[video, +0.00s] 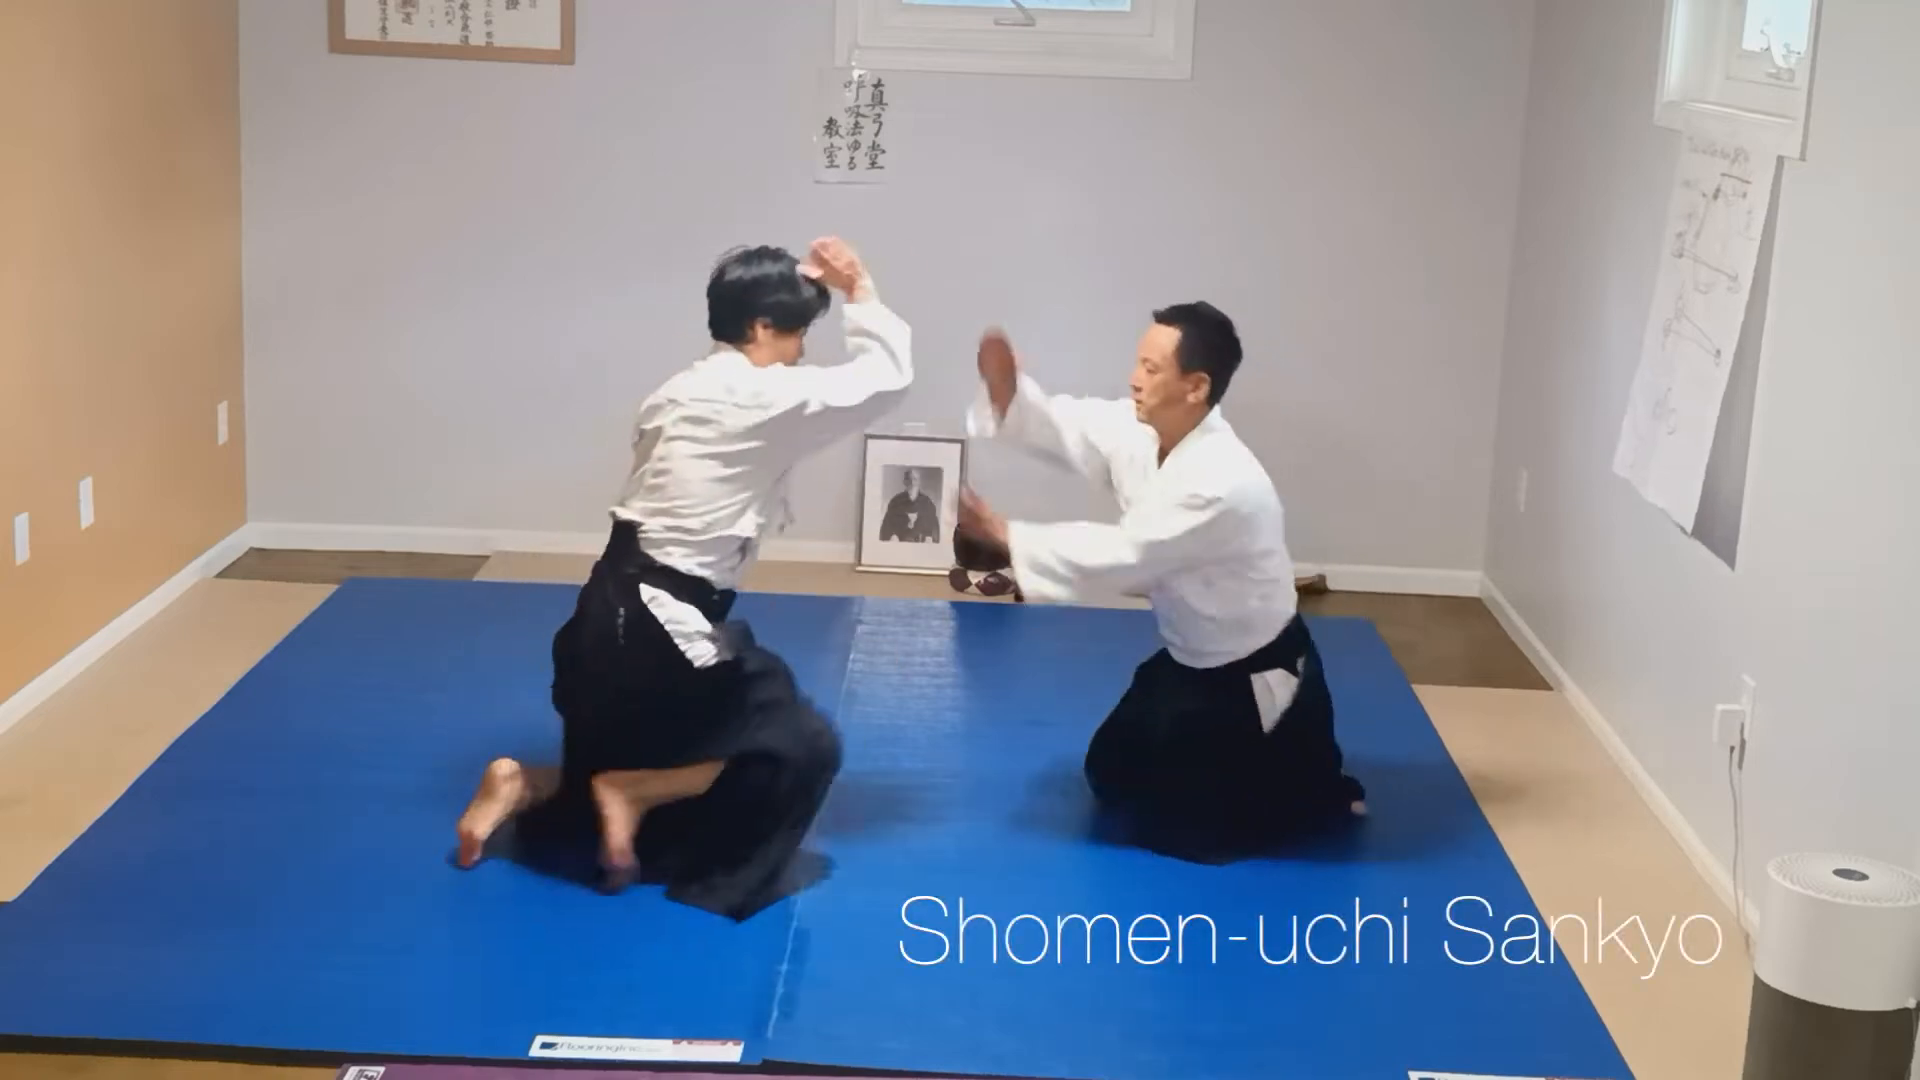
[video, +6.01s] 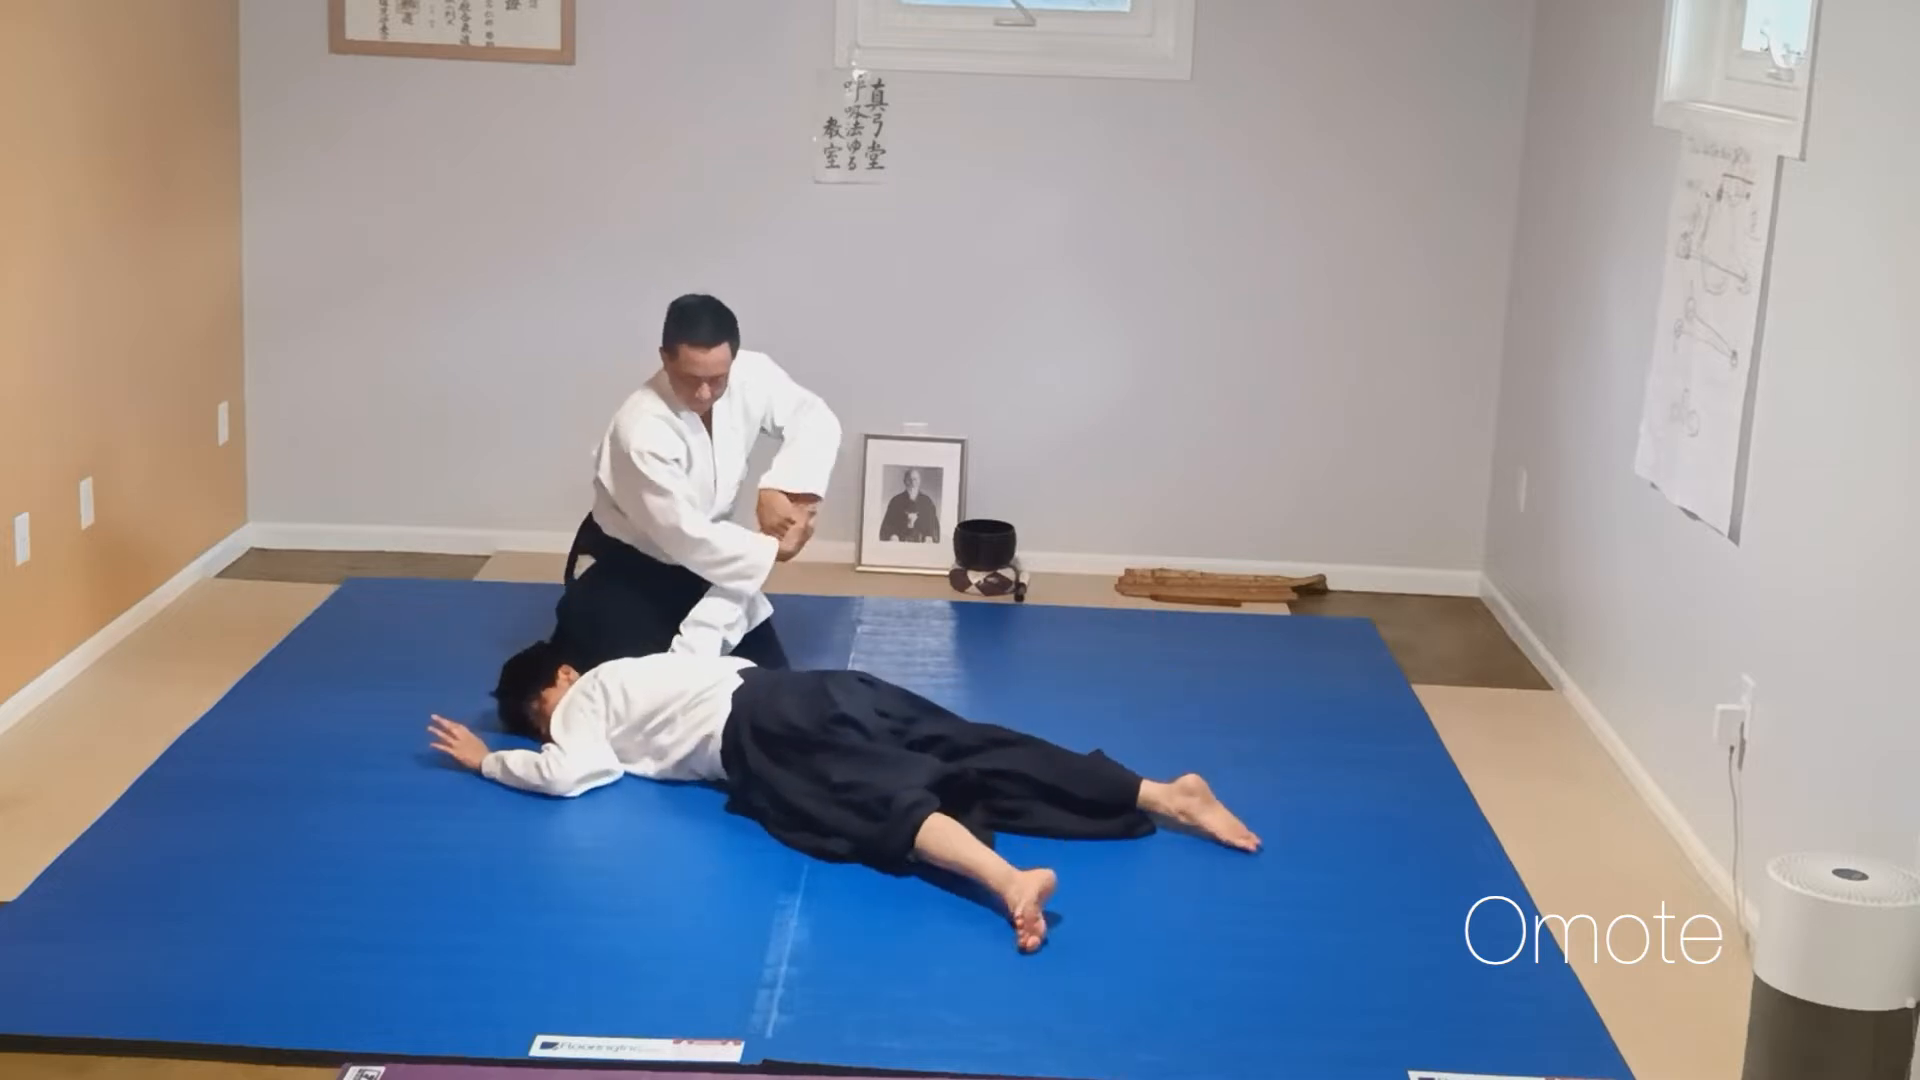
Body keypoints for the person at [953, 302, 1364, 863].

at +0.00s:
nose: (1133, 380)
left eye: (1149, 368)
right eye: (1137, 364)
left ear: (1196, 386)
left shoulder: (1222, 482)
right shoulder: (1138, 434)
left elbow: (1129, 555)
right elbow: (1070, 424)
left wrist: (1008, 538)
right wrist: (1013, 398)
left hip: (1258, 679)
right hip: (1187, 664)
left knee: (1181, 822)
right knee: (1111, 774)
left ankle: (1315, 799)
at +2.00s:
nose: (869, 401)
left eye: (871, 386)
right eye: (871, 385)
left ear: (895, 385)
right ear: (947, 387)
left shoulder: (880, 473)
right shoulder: (1005, 466)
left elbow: (768, 529)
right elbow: (960, 557)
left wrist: (686, 511)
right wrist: (870, 564)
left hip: (966, 693)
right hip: (1060, 680)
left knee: (810, 705)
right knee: (1098, 766)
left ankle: (920, 810)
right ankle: (1135, 800)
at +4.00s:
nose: (709, 358)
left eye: (720, 343)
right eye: (695, 346)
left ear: (733, 320)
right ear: (665, 329)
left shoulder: (776, 361)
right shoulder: (626, 389)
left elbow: (850, 411)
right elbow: (639, 504)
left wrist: (838, 502)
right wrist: (697, 589)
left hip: (749, 548)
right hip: (659, 557)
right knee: (654, 678)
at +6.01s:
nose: (705, 393)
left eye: (717, 379)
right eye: (692, 380)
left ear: (733, 360)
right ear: (666, 359)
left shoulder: (751, 376)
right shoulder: (640, 431)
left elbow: (815, 420)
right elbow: (680, 533)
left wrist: (779, 486)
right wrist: (773, 548)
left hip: (712, 572)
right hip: (628, 575)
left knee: (767, 685)